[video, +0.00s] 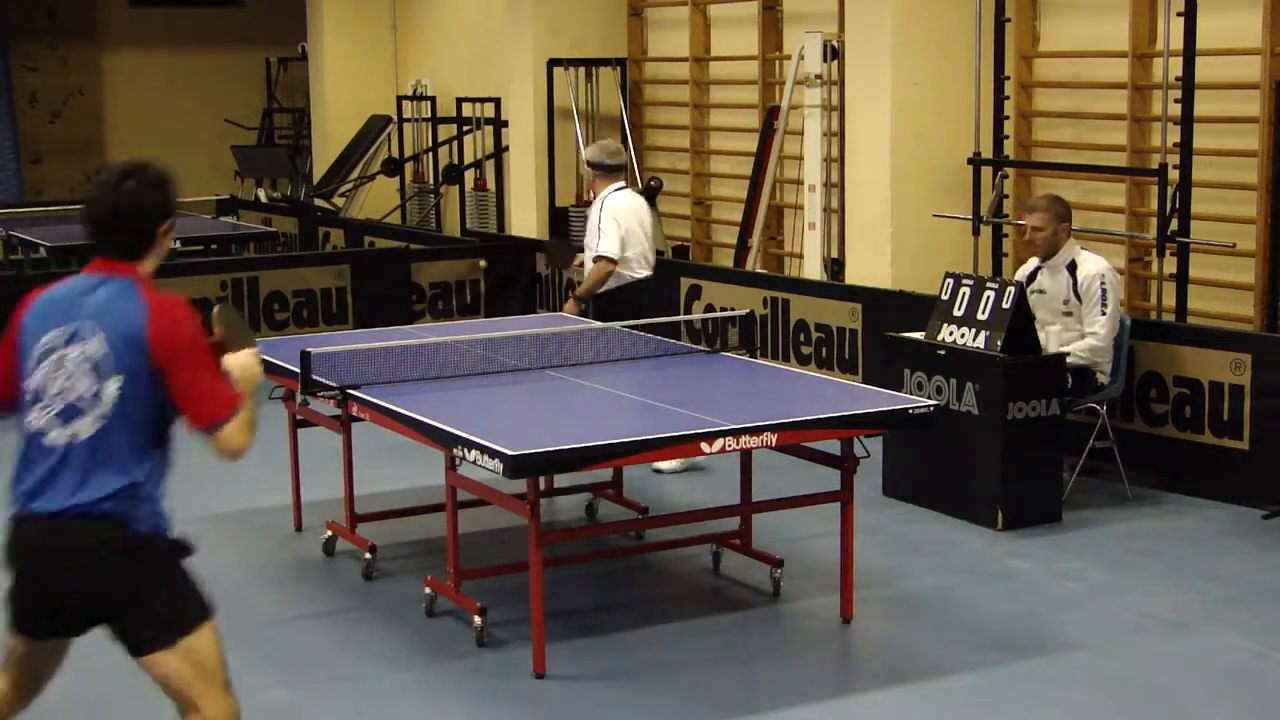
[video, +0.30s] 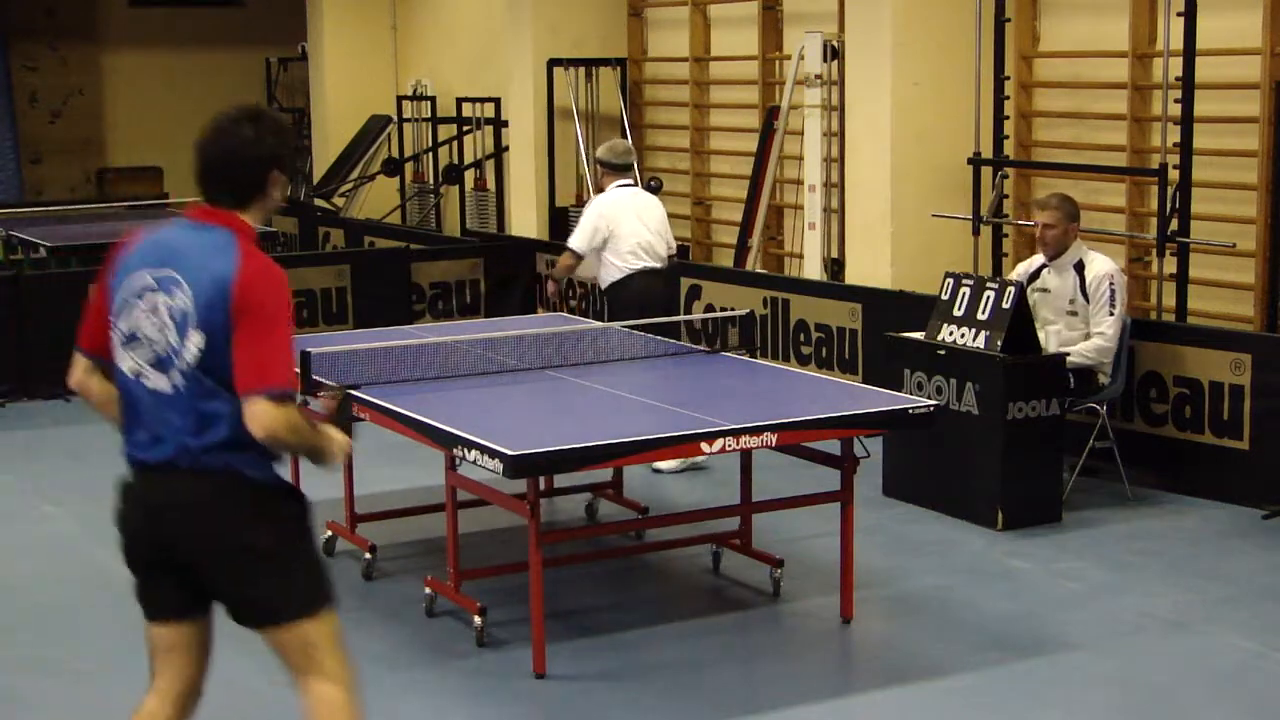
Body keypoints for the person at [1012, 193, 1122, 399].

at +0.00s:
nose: (1028, 238)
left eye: (1037, 230)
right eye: (1027, 229)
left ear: (1063, 231)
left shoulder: (1096, 272)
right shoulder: (1026, 273)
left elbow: (1099, 346)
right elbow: (1010, 330)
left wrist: (1045, 363)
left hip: (1085, 371)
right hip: (1036, 368)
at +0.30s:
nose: (1038, 235)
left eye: (1048, 227)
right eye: (1036, 226)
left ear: (1073, 231)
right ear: (1033, 226)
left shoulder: (1103, 273)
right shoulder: (1026, 271)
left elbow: (1103, 347)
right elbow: (998, 324)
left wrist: (1047, 364)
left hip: (1085, 373)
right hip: (1032, 369)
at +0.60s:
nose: (1041, 235)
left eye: (1051, 228)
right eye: (1039, 226)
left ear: (1075, 231)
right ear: (1035, 225)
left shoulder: (1105, 274)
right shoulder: (1026, 270)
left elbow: (1108, 347)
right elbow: (995, 317)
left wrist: (1050, 363)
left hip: (1085, 375)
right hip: (1031, 369)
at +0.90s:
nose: (1041, 234)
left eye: (1051, 227)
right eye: (1039, 225)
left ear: (1074, 230)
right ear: (1037, 224)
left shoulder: (1104, 273)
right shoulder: (1028, 266)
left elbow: (1108, 347)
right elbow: (985, 295)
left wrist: (1049, 360)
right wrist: (975, 276)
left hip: (1082, 375)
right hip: (1029, 369)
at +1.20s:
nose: (1043, 232)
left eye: (1053, 224)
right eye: (1040, 224)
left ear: (1075, 227)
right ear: (1036, 225)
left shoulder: (1105, 271)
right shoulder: (1029, 266)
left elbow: (1121, 341)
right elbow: (994, 286)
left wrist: (1068, 347)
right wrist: (973, 280)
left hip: (1084, 372)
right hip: (1031, 365)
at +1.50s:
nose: (1051, 230)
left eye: (1059, 222)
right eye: (1044, 223)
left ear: (1072, 225)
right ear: (1034, 228)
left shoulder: (1101, 268)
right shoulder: (1024, 275)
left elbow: (1127, 334)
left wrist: (1073, 357)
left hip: (1088, 374)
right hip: (1035, 373)